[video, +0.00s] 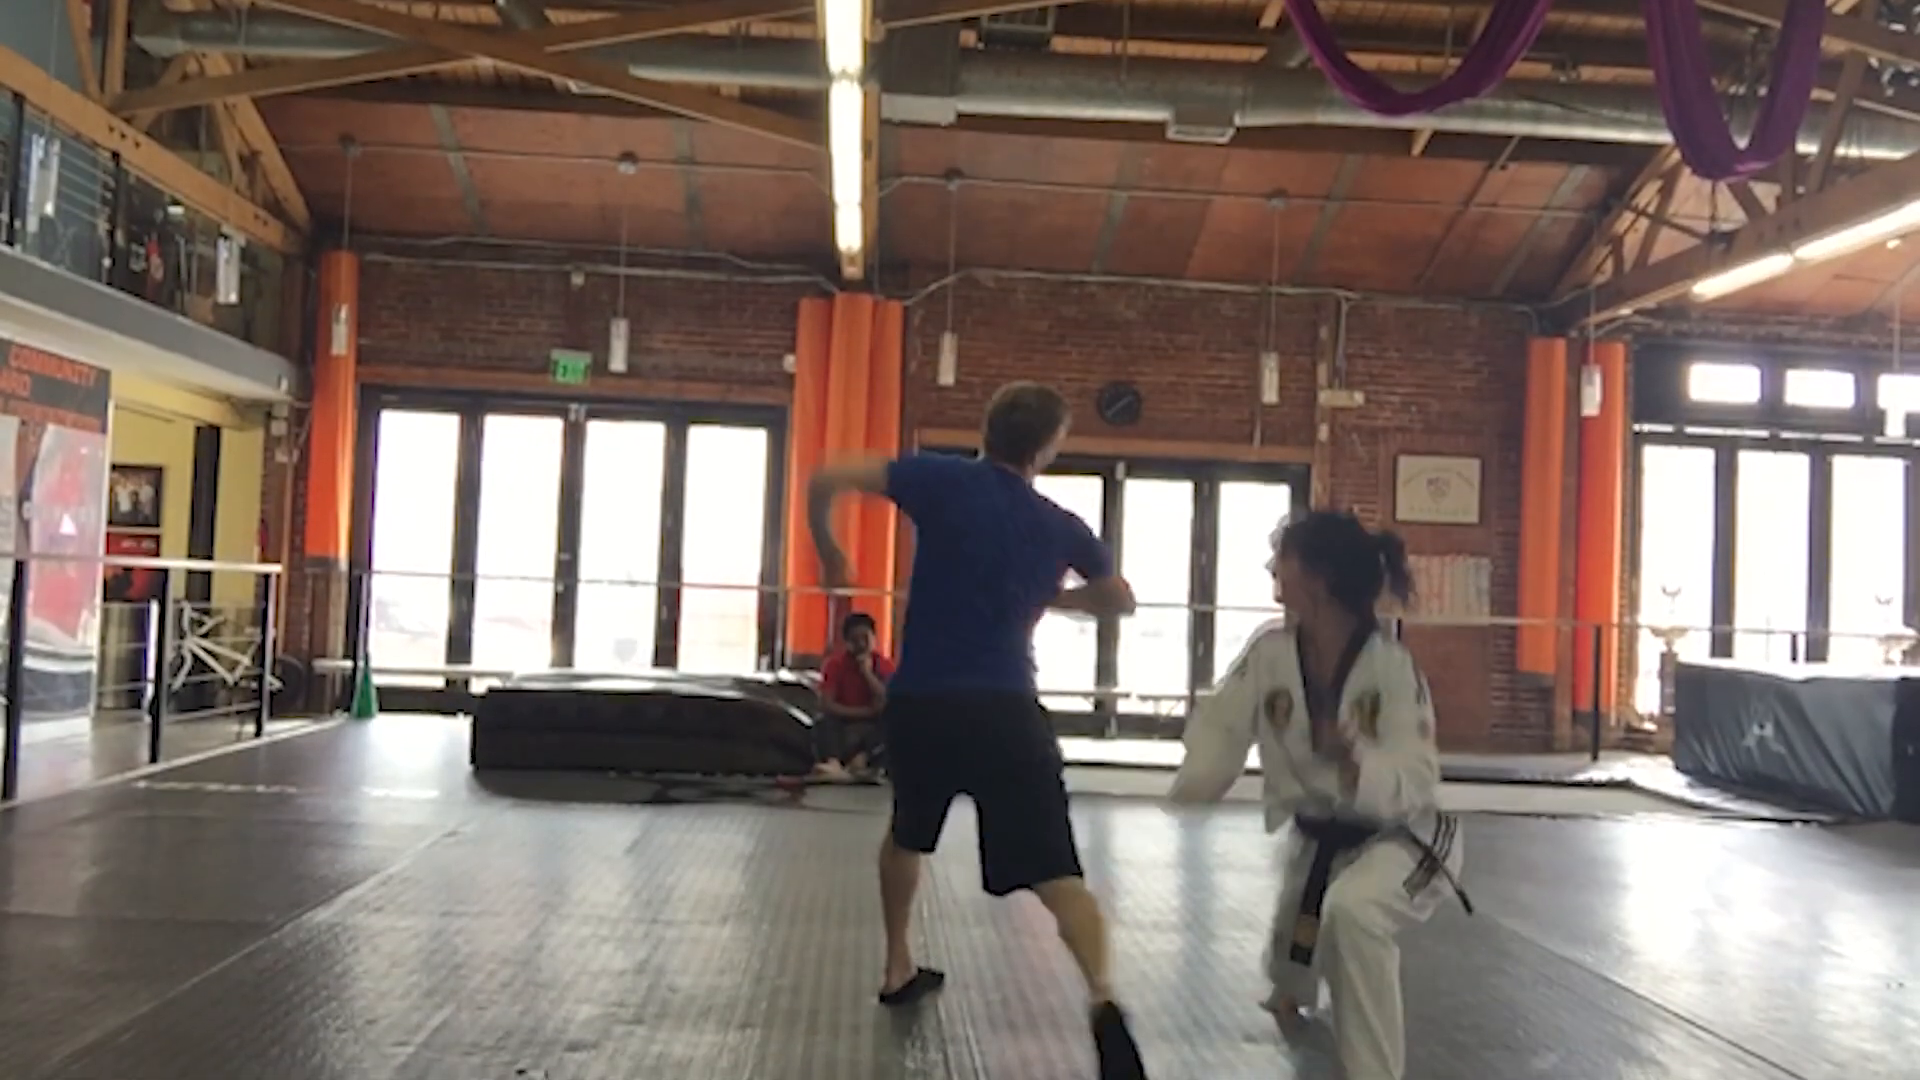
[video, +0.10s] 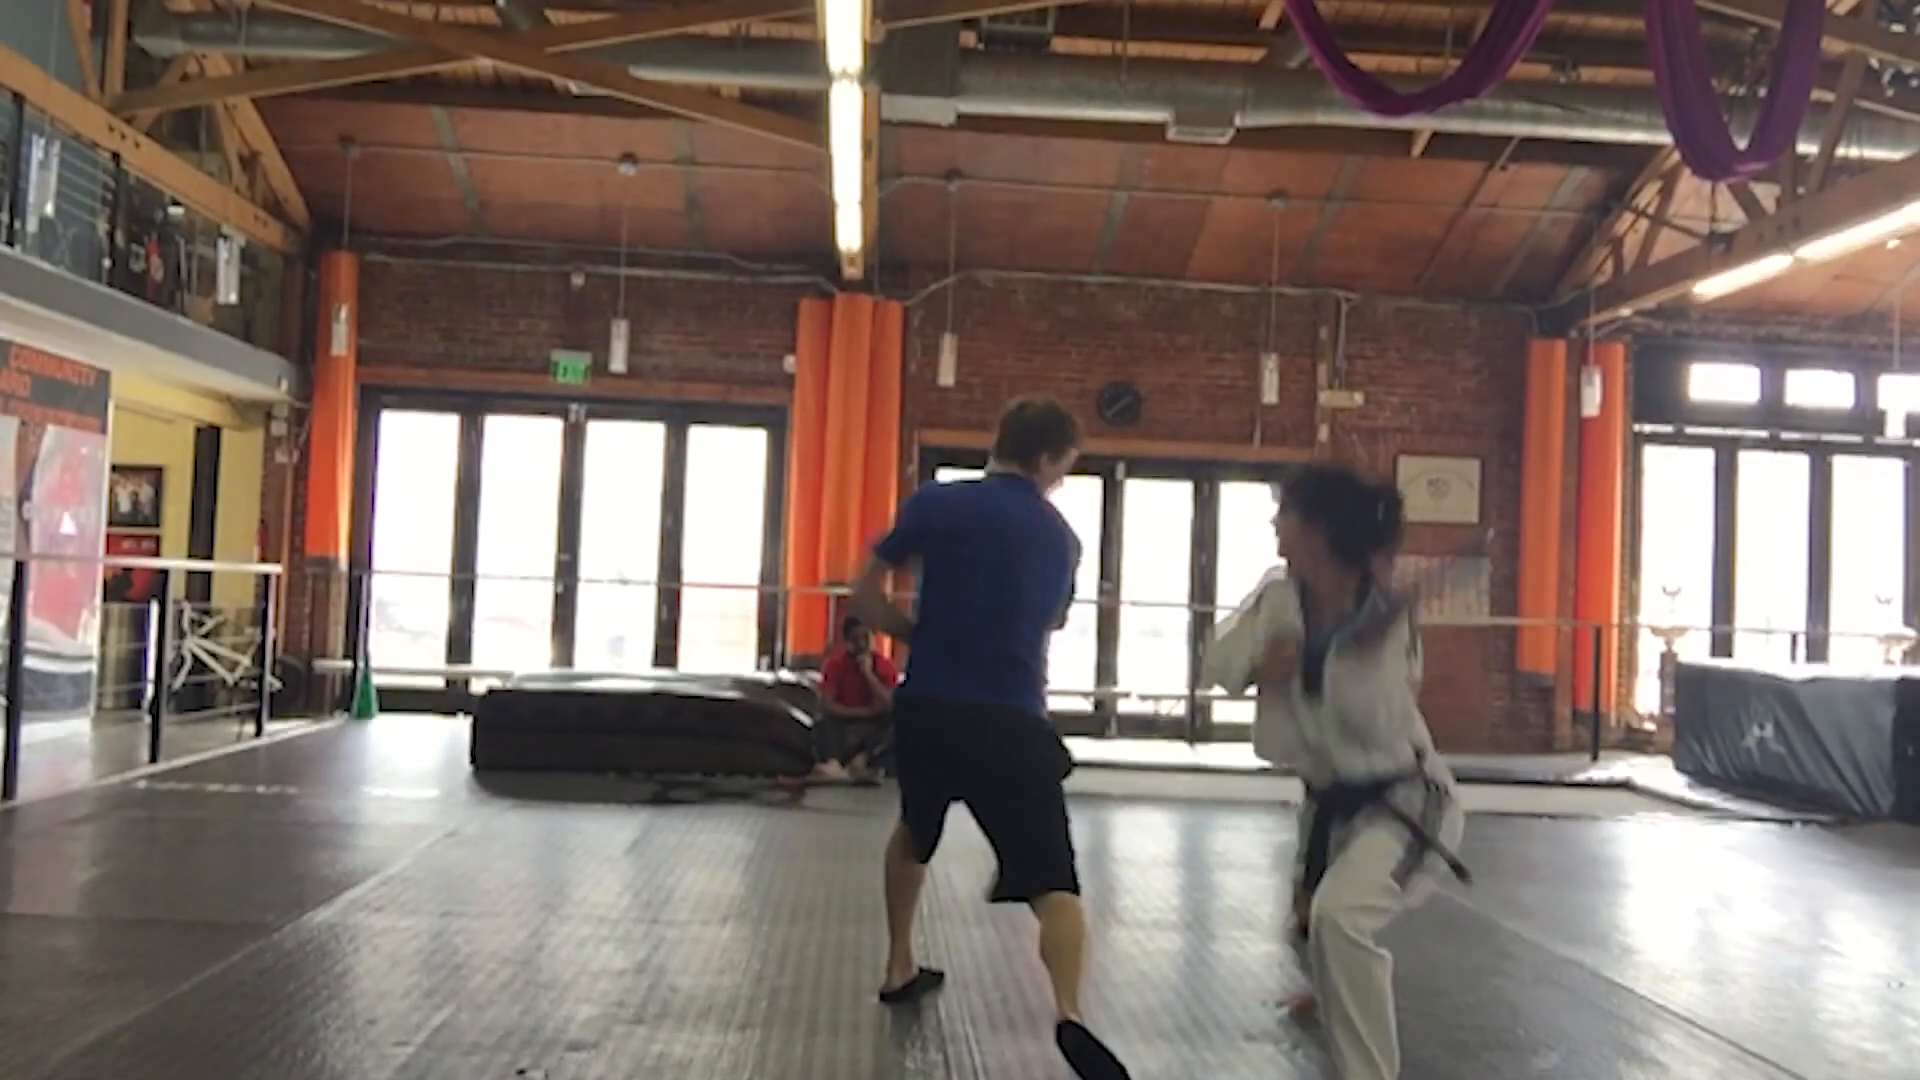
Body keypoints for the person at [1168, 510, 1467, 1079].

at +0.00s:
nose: (1274, 580)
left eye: (1283, 568)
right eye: (1276, 567)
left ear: (1323, 580)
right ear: (1317, 581)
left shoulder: (1389, 663)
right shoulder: (1270, 652)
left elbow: (1417, 779)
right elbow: (1220, 725)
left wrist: (1355, 758)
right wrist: (1191, 798)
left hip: (1398, 830)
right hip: (1315, 828)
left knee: (1352, 909)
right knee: (1286, 955)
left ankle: (1374, 1071)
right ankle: (1291, 993)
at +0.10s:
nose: (1277, 533)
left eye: (1288, 521)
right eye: (1280, 519)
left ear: (1325, 535)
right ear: (1310, 536)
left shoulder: (1385, 614)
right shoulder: (1279, 598)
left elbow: (1376, 724)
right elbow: (1216, 668)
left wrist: (1363, 642)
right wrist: (1261, 663)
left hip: (1405, 795)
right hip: (1329, 798)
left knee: (1340, 915)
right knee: (1309, 923)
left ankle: (1369, 1070)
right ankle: (1331, 994)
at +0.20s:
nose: (1304, 510)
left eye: (1323, 500)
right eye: (1305, 494)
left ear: (1370, 519)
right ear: (1303, 496)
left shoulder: (1384, 584)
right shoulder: (1295, 562)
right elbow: (1241, 626)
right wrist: (1230, 601)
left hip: (1396, 768)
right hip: (1332, 772)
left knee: (1326, 912)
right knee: (1309, 905)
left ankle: (1366, 1070)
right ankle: (1409, 995)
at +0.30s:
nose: (1315, 459)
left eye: (1325, 449)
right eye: (1321, 447)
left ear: (1341, 466)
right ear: (1385, 472)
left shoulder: (1370, 554)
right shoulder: (1356, 541)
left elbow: (1242, 594)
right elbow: (1251, 592)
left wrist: (1231, 508)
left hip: (1380, 742)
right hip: (1359, 740)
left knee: (1298, 917)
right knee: (1321, 903)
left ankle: (1357, 1068)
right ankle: (1391, 1033)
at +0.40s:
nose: (1331, 444)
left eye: (1339, 433)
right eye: (1335, 430)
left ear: (1359, 445)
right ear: (1408, 450)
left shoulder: (1323, 530)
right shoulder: (1422, 526)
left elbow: (1225, 569)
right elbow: (1341, 578)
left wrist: (1239, 490)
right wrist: (1303, 517)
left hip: (1334, 717)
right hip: (1404, 714)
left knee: (1293, 904)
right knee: (1367, 883)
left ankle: (1360, 1066)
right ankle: (1401, 1047)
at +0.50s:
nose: (1332, 437)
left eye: (1339, 427)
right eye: (1337, 425)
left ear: (1353, 438)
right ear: (1414, 444)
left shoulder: (1304, 512)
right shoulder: (1430, 526)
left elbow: (1244, 554)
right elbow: (1403, 594)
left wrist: (1255, 492)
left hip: (1308, 697)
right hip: (1396, 700)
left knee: (1292, 877)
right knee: (1389, 878)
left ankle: (1320, 1051)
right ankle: (1398, 1046)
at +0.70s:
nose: (1298, 454)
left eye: (1304, 444)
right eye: (1300, 443)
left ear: (1320, 452)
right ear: (1385, 453)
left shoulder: (1289, 521)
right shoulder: (1413, 530)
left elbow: (1222, 536)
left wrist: (1234, 487)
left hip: (1290, 709)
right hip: (1379, 715)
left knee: (1233, 884)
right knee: (1371, 885)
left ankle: (1216, 1056)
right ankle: (1397, 1051)